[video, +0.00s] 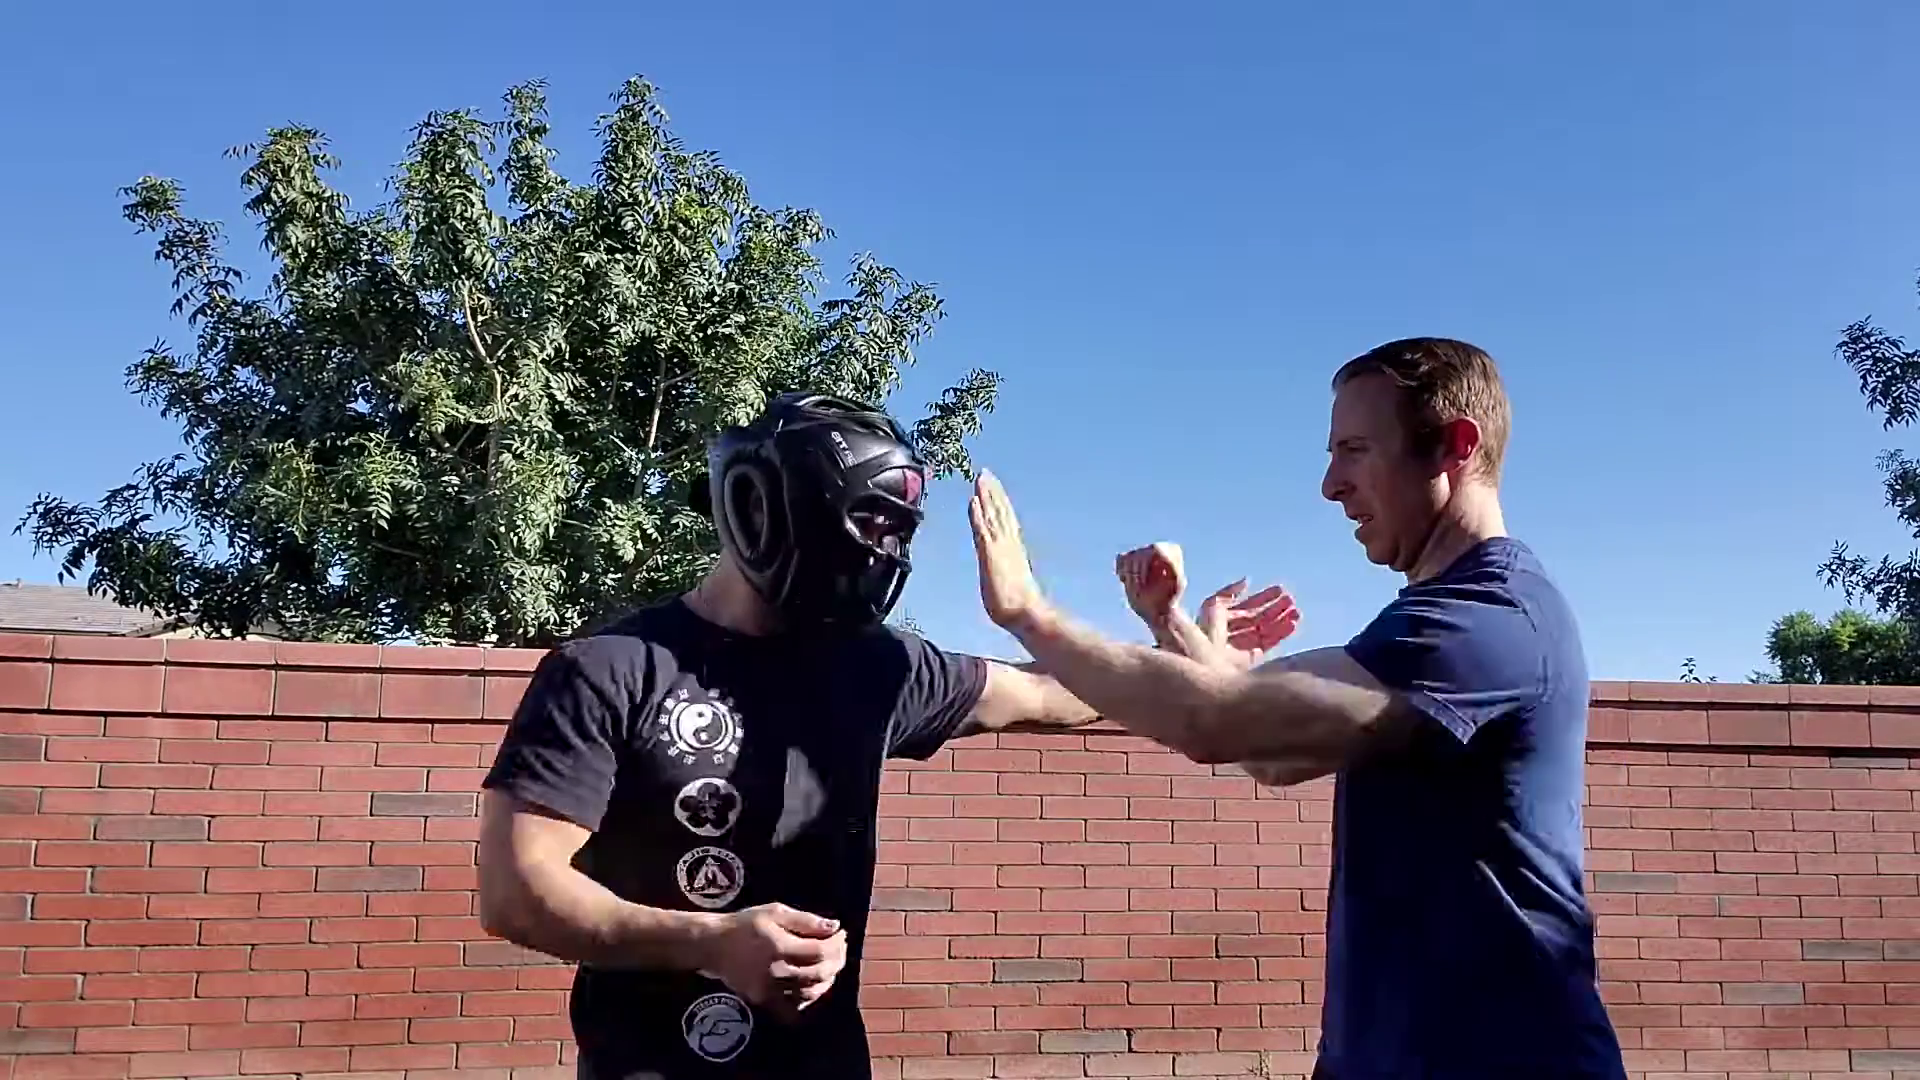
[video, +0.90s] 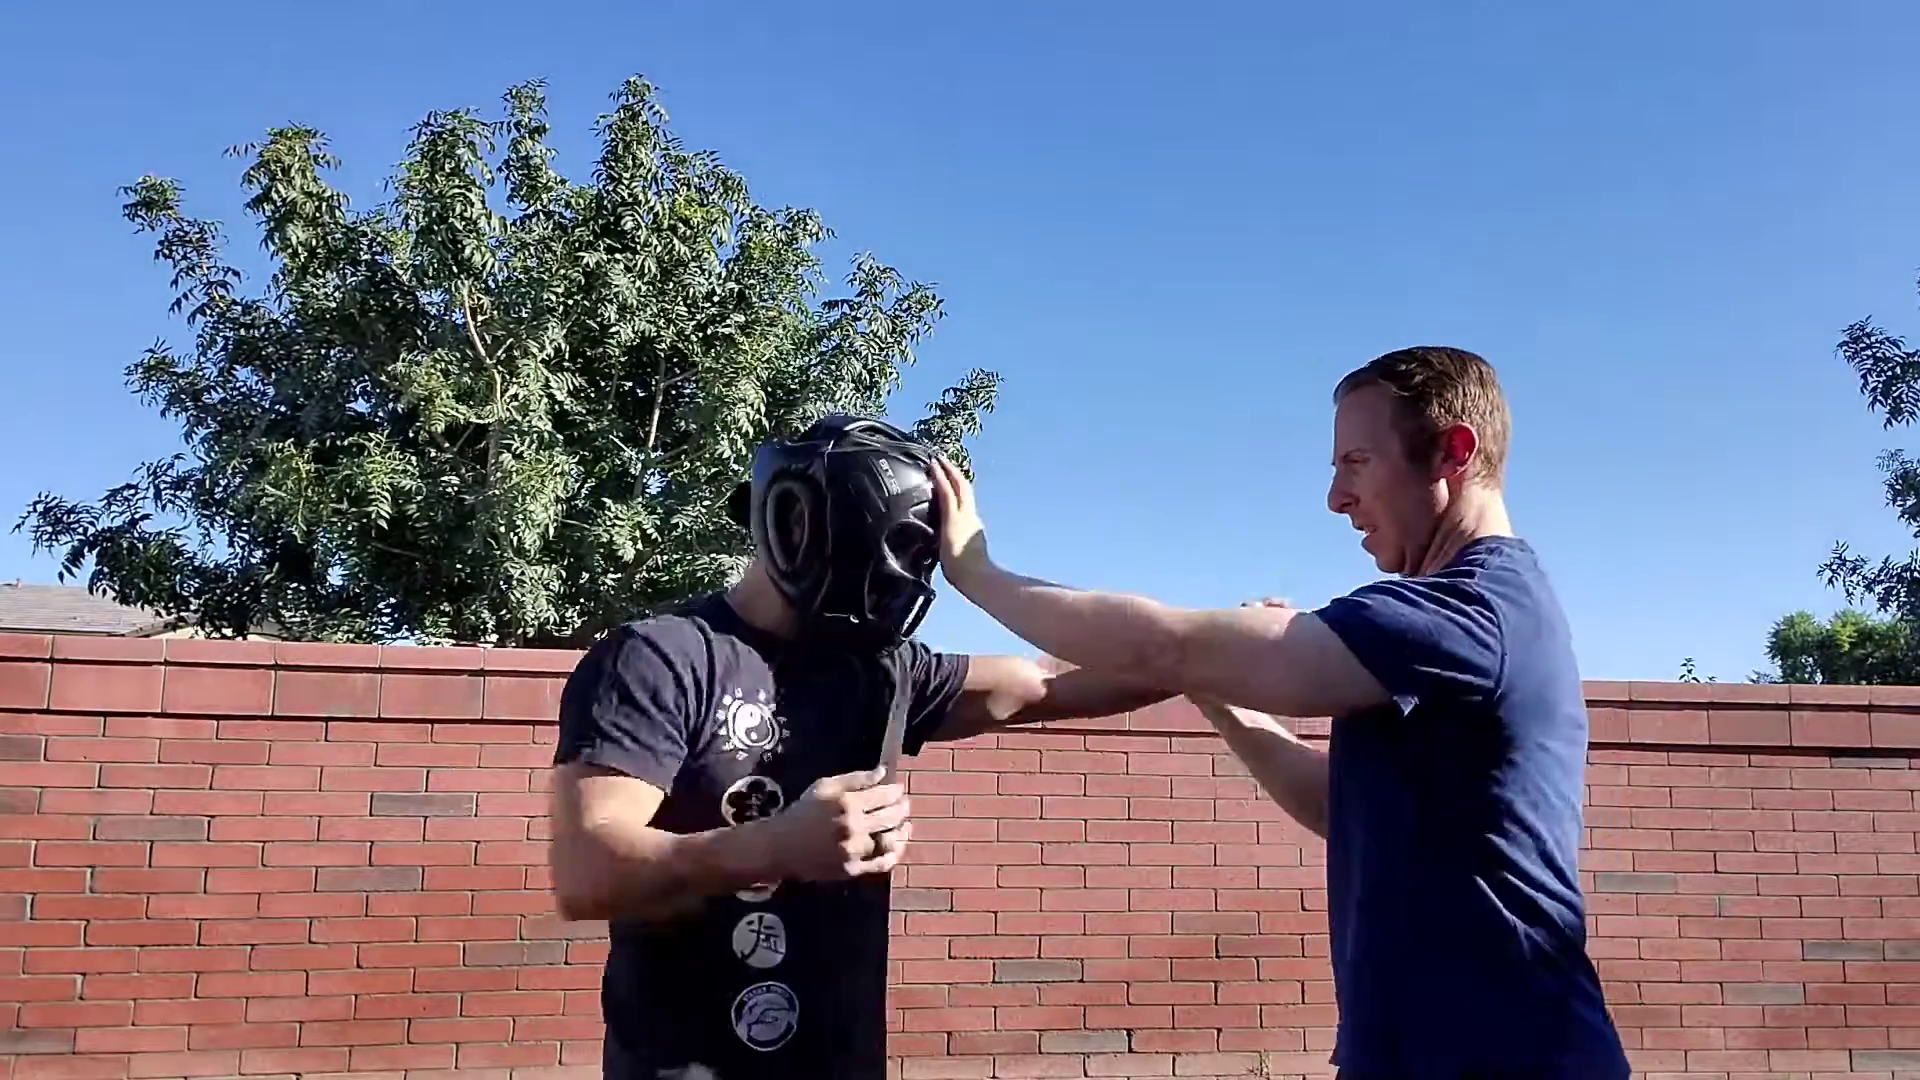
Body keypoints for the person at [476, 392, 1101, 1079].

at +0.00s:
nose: (884, 553)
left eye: (894, 531)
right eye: (865, 525)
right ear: (767, 511)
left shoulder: (879, 671)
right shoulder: (608, 672)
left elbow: (1044, 695)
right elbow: (517, 892)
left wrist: (1175, 668)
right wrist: (712, 942)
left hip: (823, 1064)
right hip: (650, 1062)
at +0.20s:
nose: (893, 571)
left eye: (896, 547)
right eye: (875, 543)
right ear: (806, 532)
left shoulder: (854, 667)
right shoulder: (659, 669)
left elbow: (1032, 716)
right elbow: (735, 854)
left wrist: (1184, 676)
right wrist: (883, 703)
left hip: (820, 1053)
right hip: (669, 1058)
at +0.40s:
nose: (929, 542)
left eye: (927, 519)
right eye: (908, 518)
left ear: (800, 528)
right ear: (839, 523)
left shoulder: (754, 645)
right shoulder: (778, 640)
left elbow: (728, 905)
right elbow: (1010, 628)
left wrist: (878, 907)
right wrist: (1221, 553)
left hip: (749, 1051)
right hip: (729, 1059)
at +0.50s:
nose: (939, 549)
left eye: (939, 527)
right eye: (929, 525)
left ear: (801, 533)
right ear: (880, 531)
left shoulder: (718, 656)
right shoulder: (817, 649)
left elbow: (628, 824)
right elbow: (1018, 669)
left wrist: (719, 918)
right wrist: (1258, 651)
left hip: (677, 1048)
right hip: (766, 1056)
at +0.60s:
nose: (927, 562)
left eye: (930, 535)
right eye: (917, 535)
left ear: (796, 524)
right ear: (862, 531)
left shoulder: (726, 648)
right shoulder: (793, 655)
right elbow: (1021, 679)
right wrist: (1247, 659)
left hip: (671, 1054)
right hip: (758, 1060)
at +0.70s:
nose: (915, 557)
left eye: (918, 532)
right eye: (903, 527)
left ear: (814, 515)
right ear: (818, 513)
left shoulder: (816, 658)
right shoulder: (704, 649)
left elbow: (909, 769)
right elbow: (876, 807)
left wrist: (1095, 751)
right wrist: (1075, 742)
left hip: (810, 1047)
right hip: (696, 1055)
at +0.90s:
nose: (904, 575)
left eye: (915, 550)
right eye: (885, 544)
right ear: (800, 525)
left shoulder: (883, 676)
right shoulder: (655, 659)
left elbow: (1047, 686)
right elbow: (587, 871)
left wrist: (1194, 659)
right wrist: (778, 845)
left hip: (840, 1057)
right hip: (685, 1059)